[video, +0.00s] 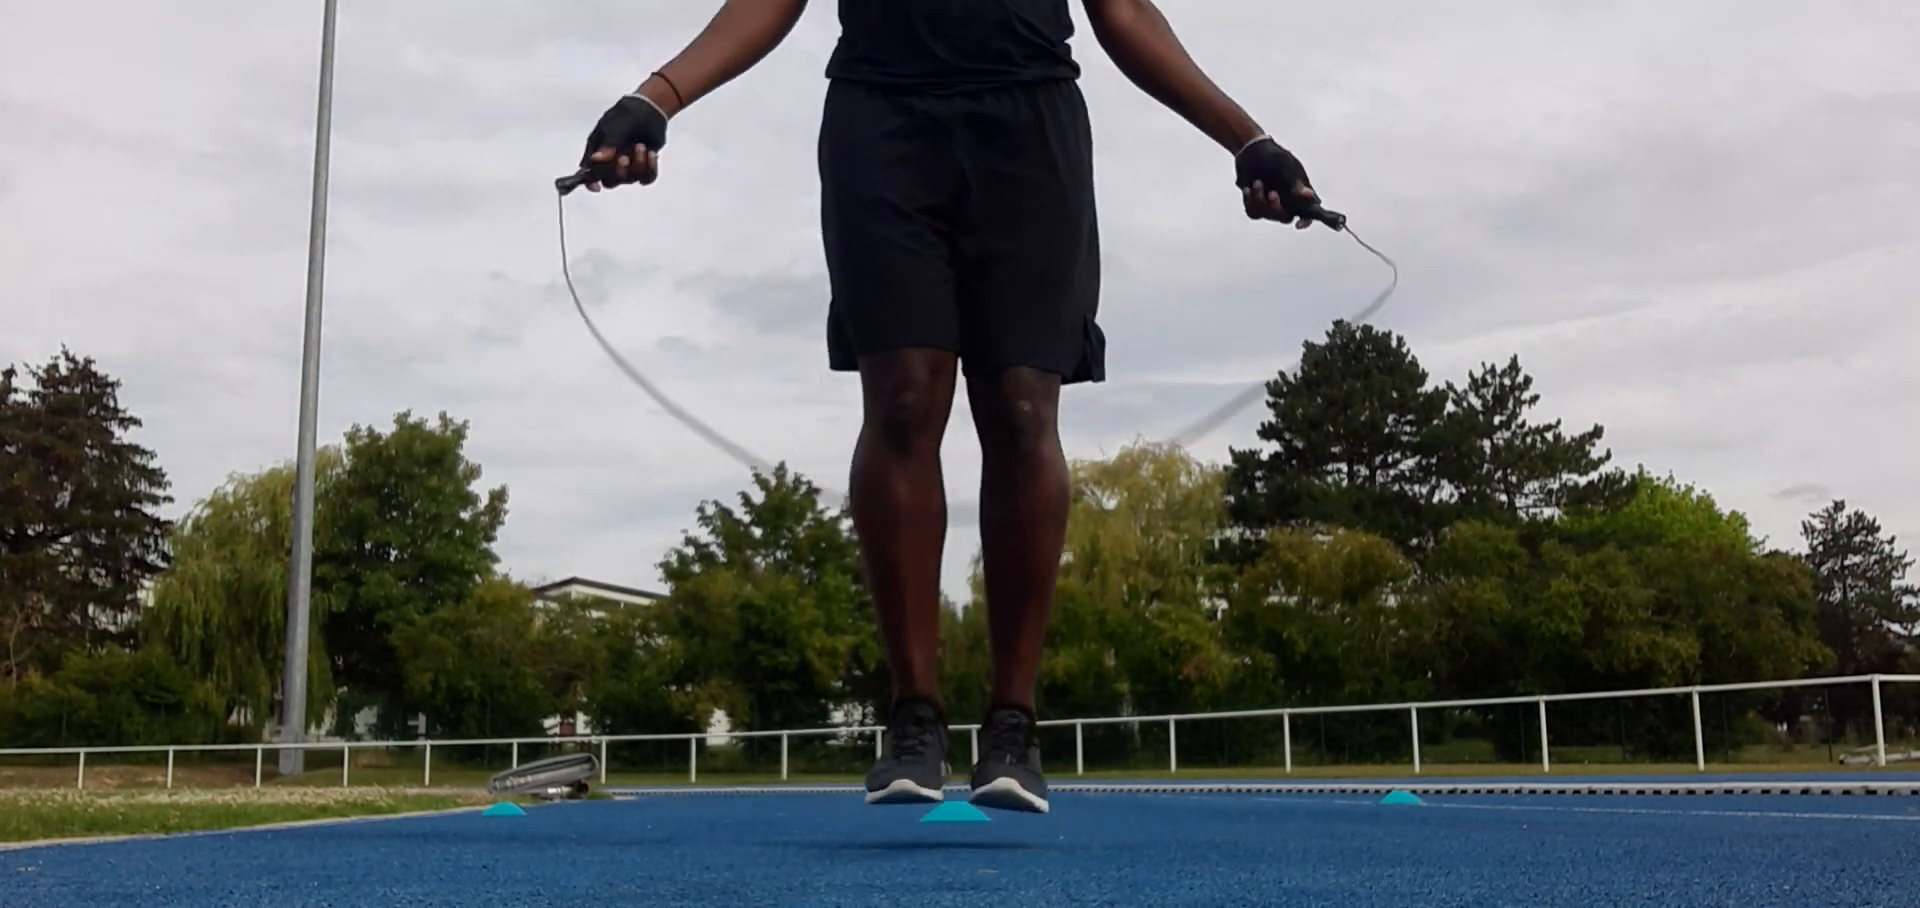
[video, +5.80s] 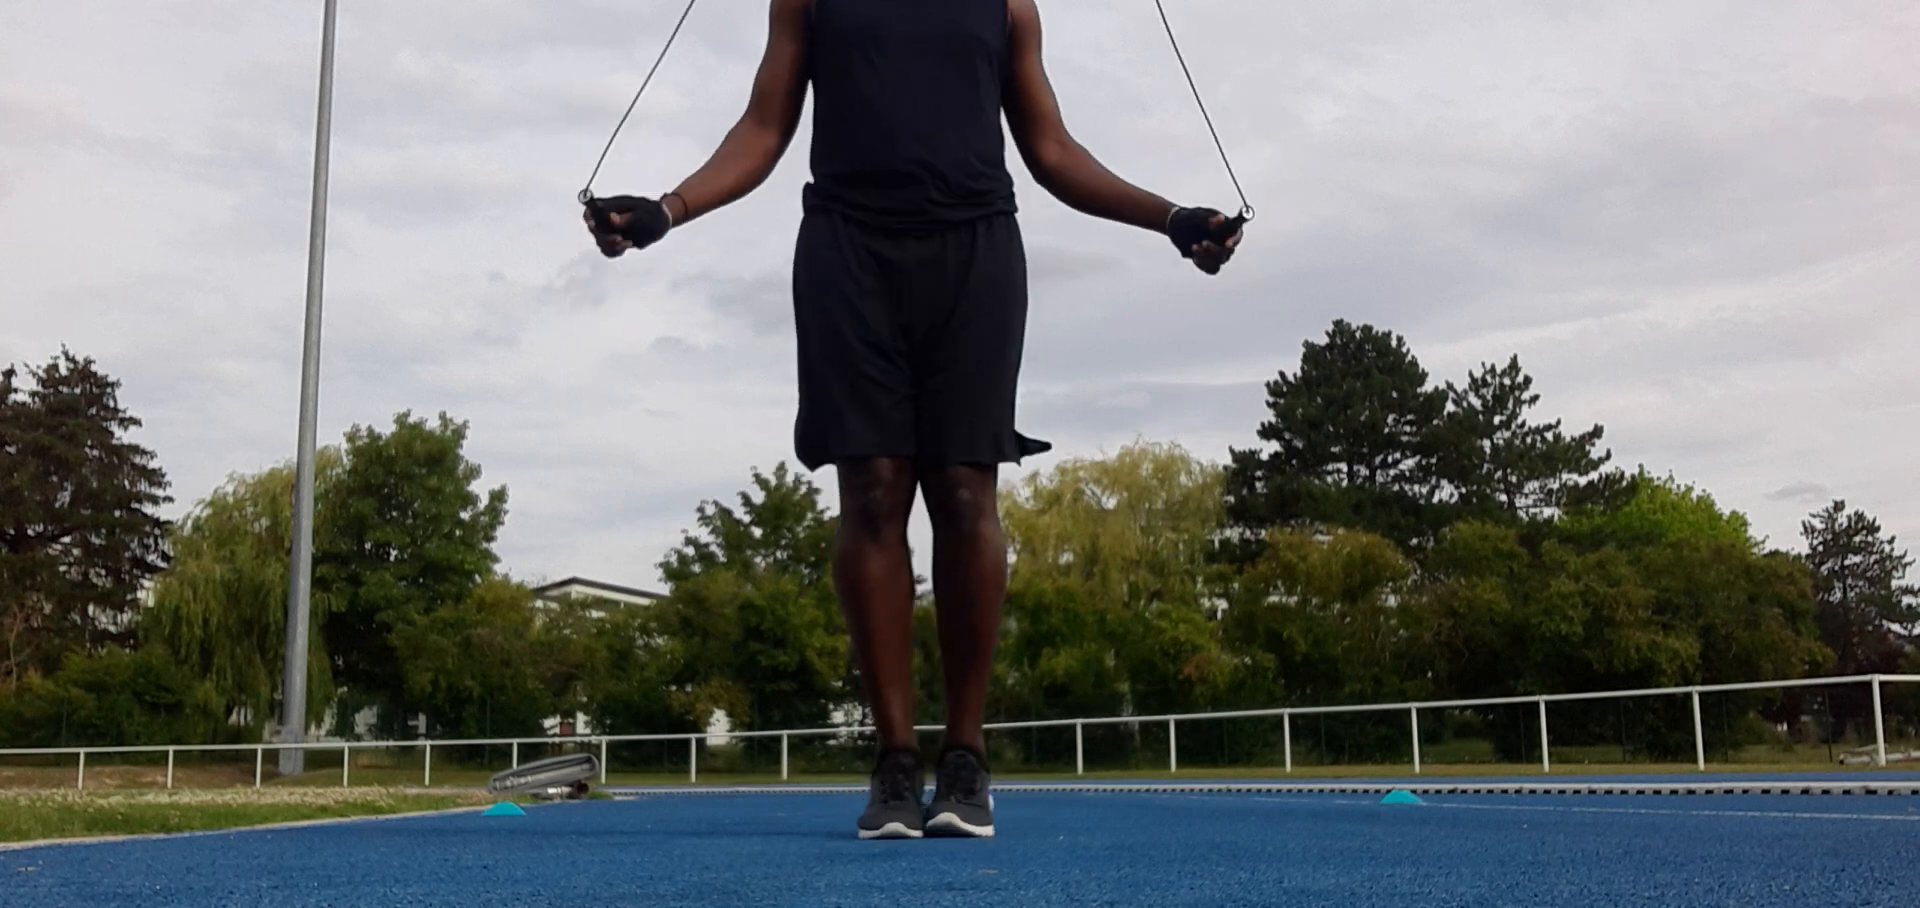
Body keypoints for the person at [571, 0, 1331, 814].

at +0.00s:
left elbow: (1125, 17)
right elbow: (774, 4)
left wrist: (1247, 138)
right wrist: (655, 96)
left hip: (1029, 108)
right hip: (880, 108)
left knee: (1020, 403)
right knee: (905, 395)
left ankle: (1011, 727)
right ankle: (912, 721)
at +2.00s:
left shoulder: (1030, 7)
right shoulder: (823, 7)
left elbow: (1082, 109)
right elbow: (778, 94)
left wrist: (1239, 129)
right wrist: (645, 128)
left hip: (1003, 205)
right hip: (869, 206)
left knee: (983, 484)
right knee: (893, 481)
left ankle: (977, 764)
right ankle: (910, 769)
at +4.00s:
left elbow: (1062, 100)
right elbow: (761, 89)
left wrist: (1179, 212)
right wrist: (661, 212)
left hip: (978, 201)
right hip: (848, 205)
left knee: (963, 459)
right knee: (867, 459)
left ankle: (965, 742)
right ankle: (887, 745)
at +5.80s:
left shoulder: (1007, 9)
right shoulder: (805, 4)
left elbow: (1051, 149)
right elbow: (764, 127)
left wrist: (1171, 215)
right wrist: (665, 209)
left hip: (974, 247)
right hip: (850, 248)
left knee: (964, 491)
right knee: (873, 491)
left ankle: (964, 759)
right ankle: (896, 765)